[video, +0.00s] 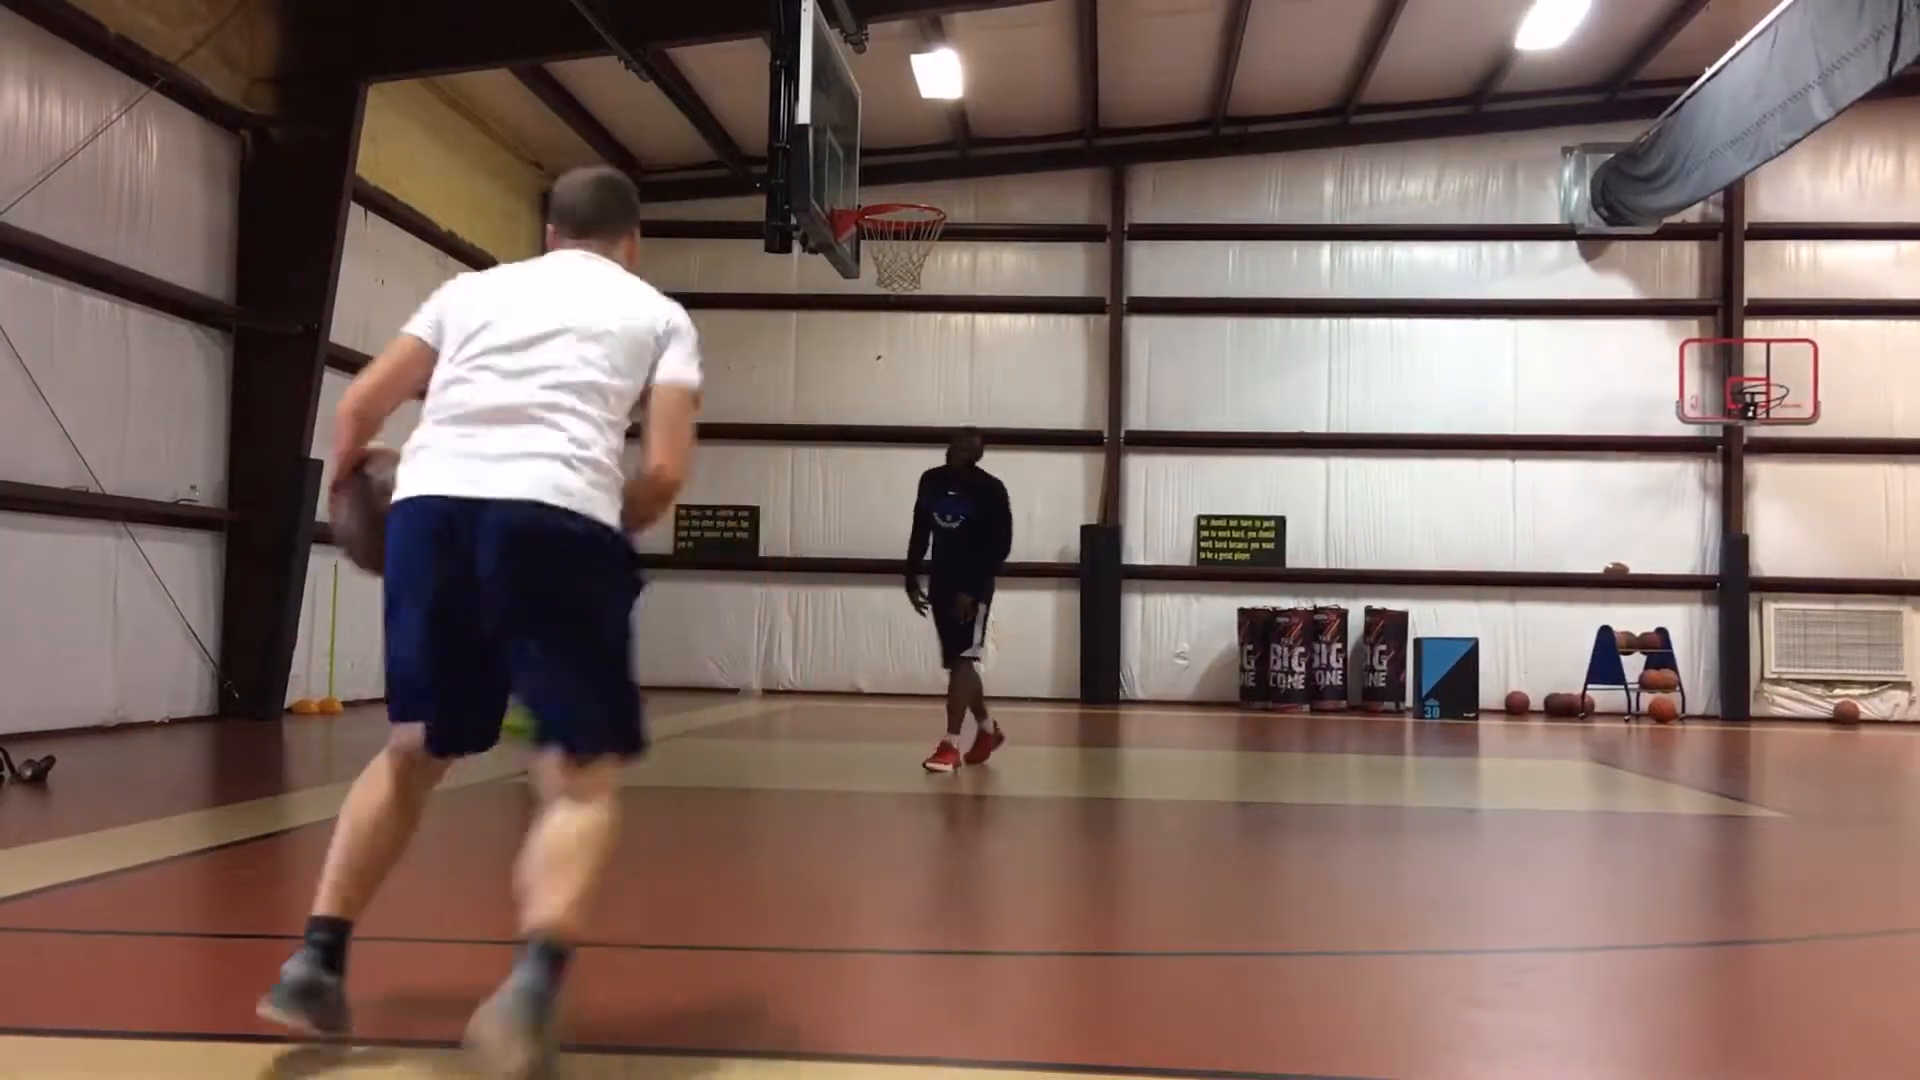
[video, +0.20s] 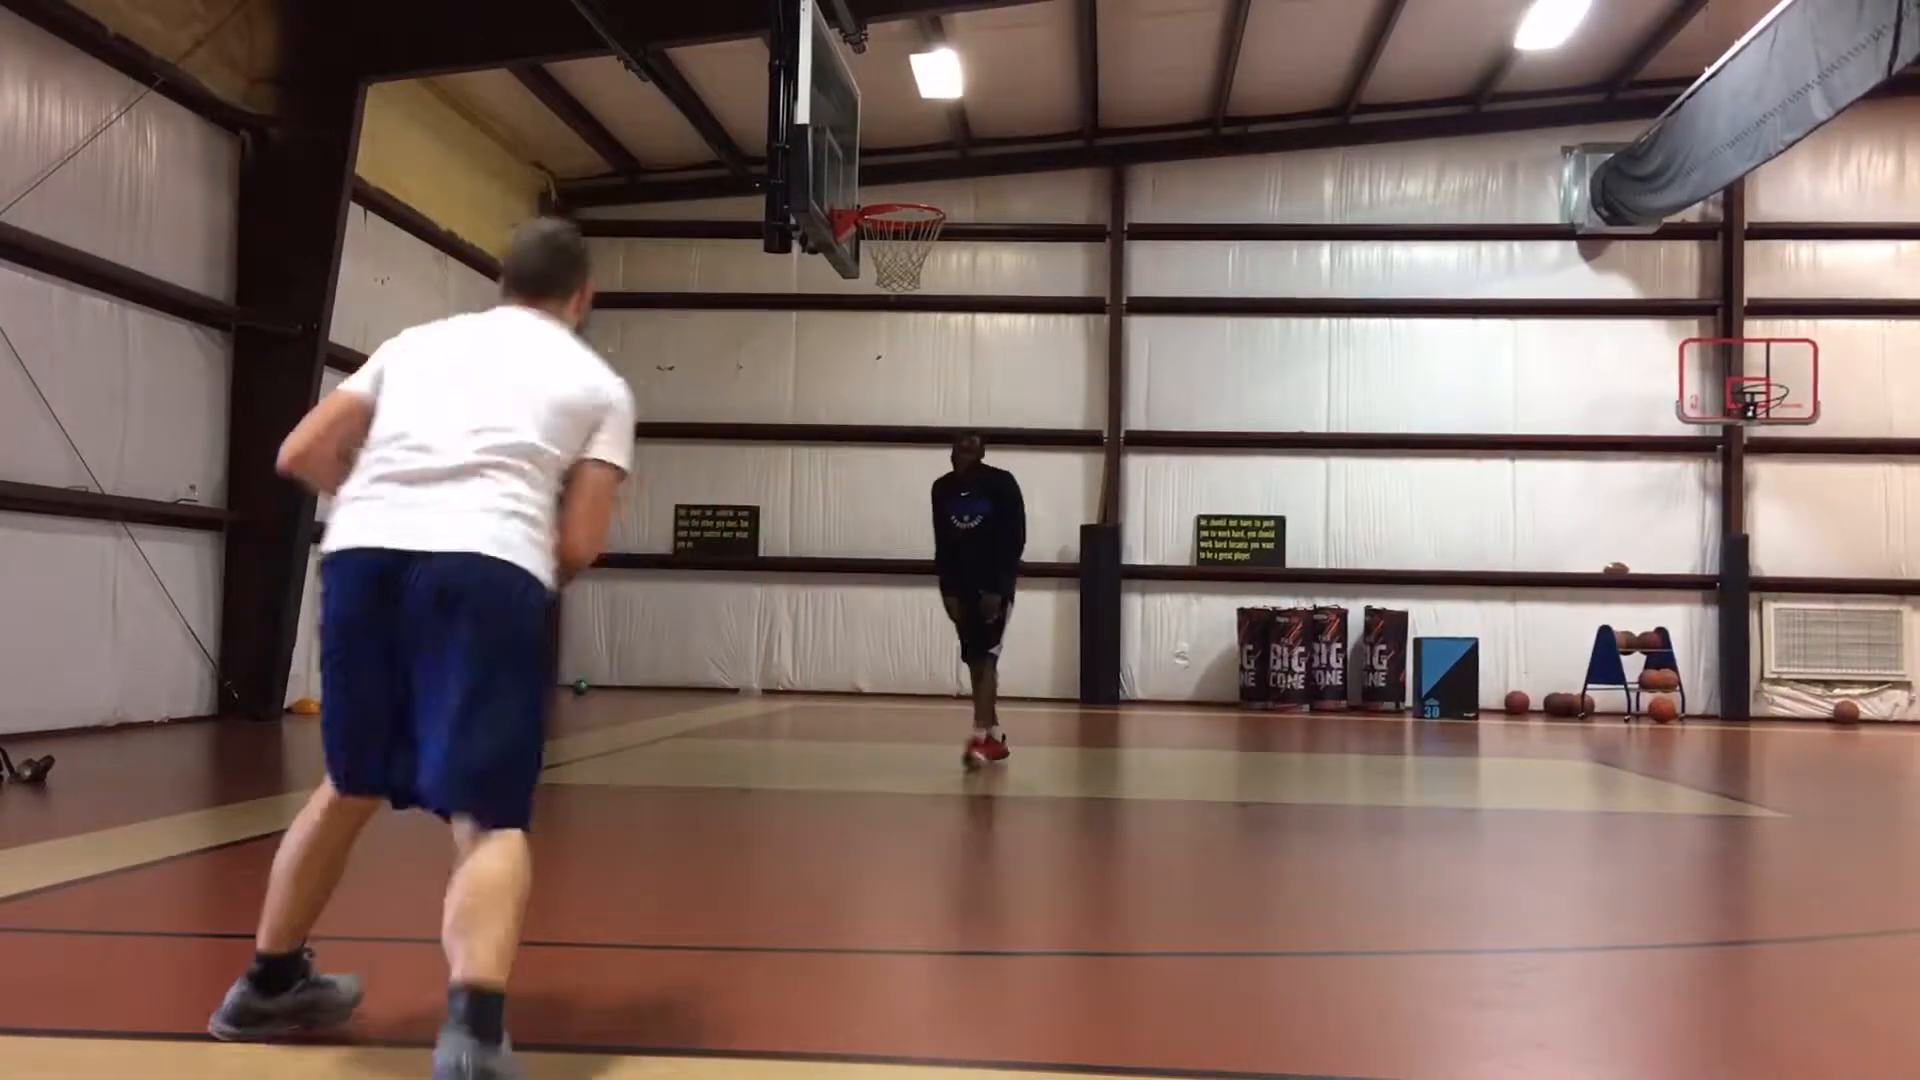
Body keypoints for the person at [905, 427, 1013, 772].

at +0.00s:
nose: (957, 447)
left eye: (965, 443)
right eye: (955, 441)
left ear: (978, 451)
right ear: (949, 446)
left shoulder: (991, 489)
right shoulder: (931, 480)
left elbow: (999, 547)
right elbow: (920, 530)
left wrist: (974, 591)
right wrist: (911, 575)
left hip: (975, 583)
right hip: (941, 579)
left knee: (962, 661)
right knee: (957, 662)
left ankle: (951, 744)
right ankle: (987, 729)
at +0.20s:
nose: (961, 454)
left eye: (968, 449)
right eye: (958, 448)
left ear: (981, 453)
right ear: (952, 452)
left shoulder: (1002, 482)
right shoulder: (942, 487)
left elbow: (1013, 542)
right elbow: (942, 542)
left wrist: (998, 590)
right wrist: (946, 589)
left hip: (994, 584)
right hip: (959, 583)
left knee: (983, 658)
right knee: (975, 659)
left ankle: (978, 736)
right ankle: (994, 735)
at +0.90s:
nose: (1012, 476)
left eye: (1020, 471)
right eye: (1010, 469)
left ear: (1032, 475)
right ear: (1006, 471)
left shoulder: (1048, 504)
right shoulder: (1000, 498)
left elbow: (1067, 557)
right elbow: (1004, 550)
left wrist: (1061, 604)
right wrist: (1009, 594)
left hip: (1060, 588)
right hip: (1028, 587)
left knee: (1065, 659)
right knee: (1012, 653)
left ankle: (1070, 733)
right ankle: (1019, 731)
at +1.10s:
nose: (1008, 495)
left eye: (1015, 489)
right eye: (1005, 488)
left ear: (1029, 488)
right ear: (1001, 487)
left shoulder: (1048, 511)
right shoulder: (999, 514)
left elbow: (1070, 560)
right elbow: (1011, 565)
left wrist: (1062, 609)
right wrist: (1025, 608)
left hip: (1067, 590)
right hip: (1037, 590)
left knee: (1064, 660)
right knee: (1034, 659)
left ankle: (1069, 734)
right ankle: (1035, 732)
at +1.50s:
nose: (1000, 515)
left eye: (1005, 510)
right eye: (999, 510)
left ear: (1023, 511)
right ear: (999, 510)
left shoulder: (1043, 533)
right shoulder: (998, 532)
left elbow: (1069, 581)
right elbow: (1014, 581)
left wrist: (1061, 626)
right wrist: (1029, 620)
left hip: (1078, 592)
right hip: (1051, 592)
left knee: (1065, 660)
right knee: (1035, 656)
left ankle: (1070, 735)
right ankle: (1036, 733)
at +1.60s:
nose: (999, 513)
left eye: (1004, 508)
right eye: (999, 508)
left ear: (1022, 511)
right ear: (1000, 509)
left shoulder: (1043, 533)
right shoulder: (998, 532)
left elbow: (1062, 582)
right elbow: (1012, 580)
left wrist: (1058, 626)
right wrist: (1029, 620)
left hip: (1080, 592)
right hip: (1051, 591)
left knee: (1064, 659)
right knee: (1035, 656)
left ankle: (1070, 735)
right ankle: (1036, 733)